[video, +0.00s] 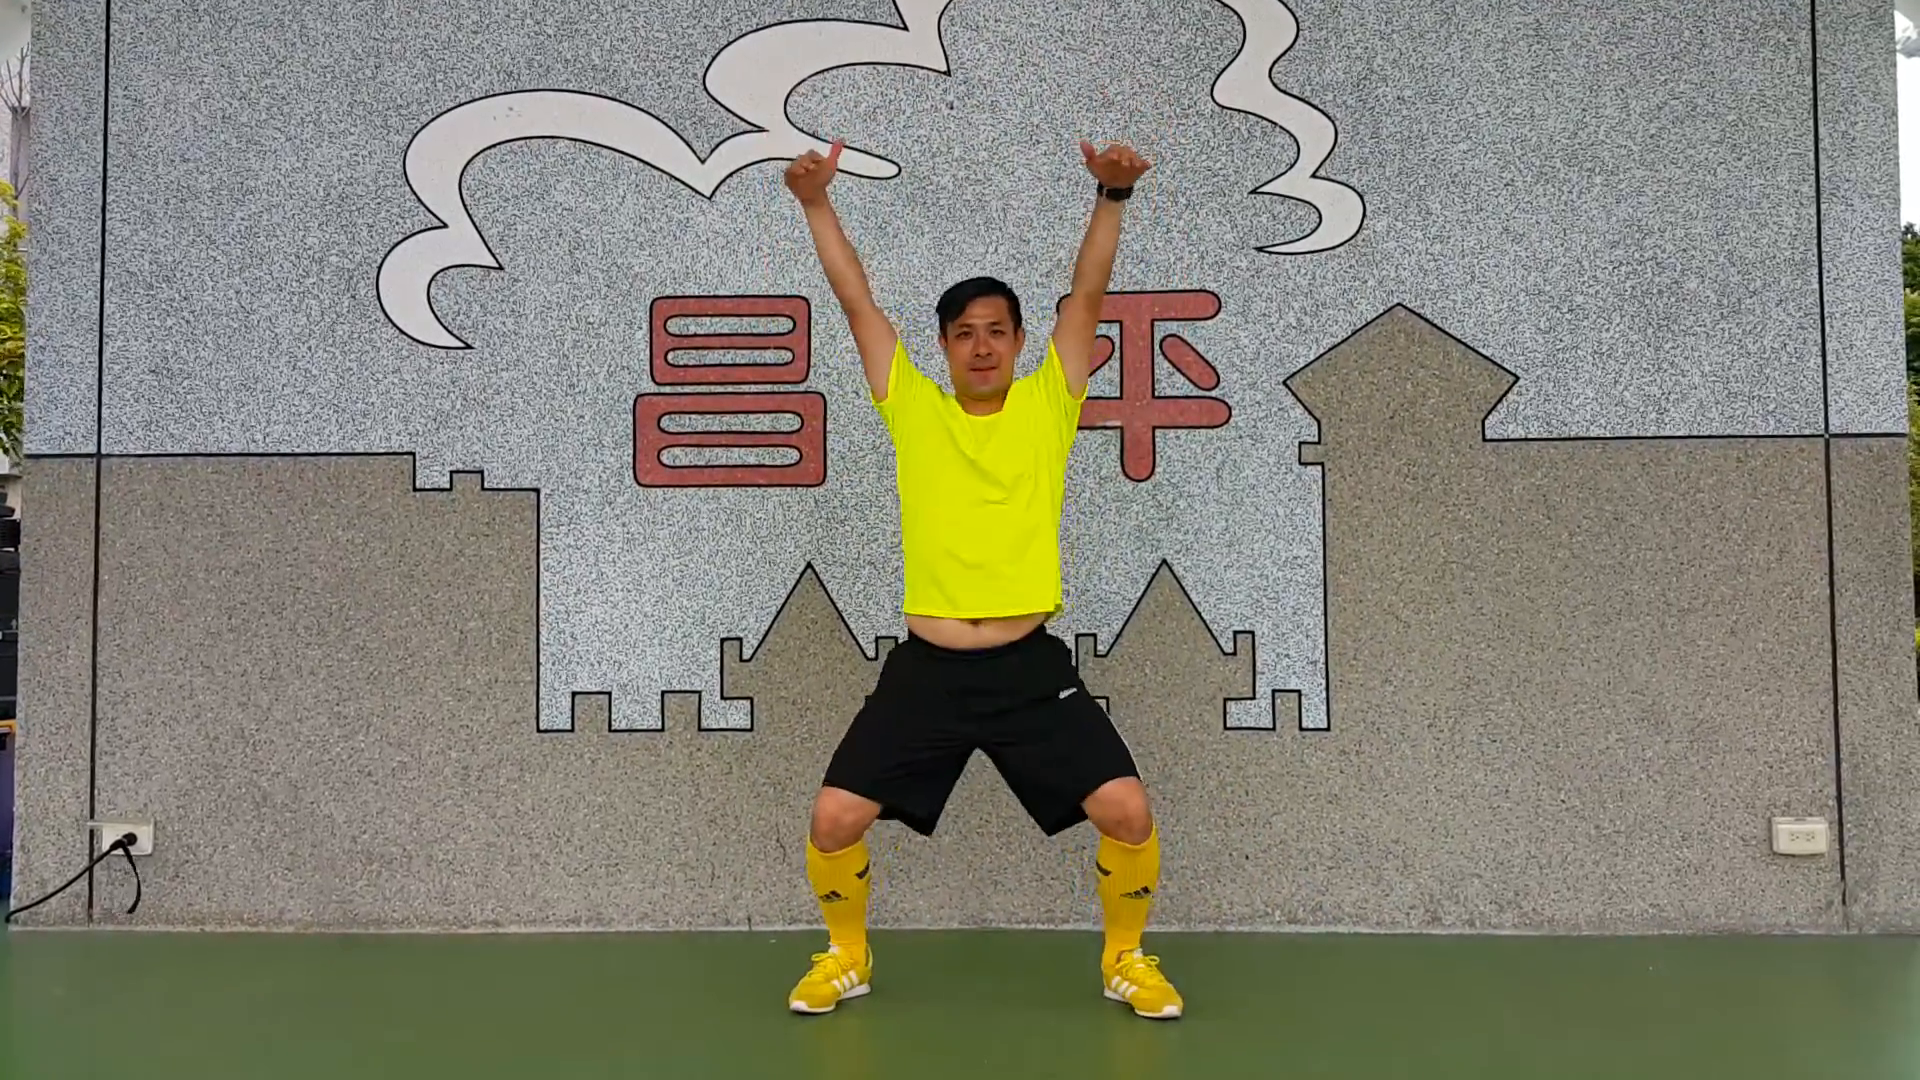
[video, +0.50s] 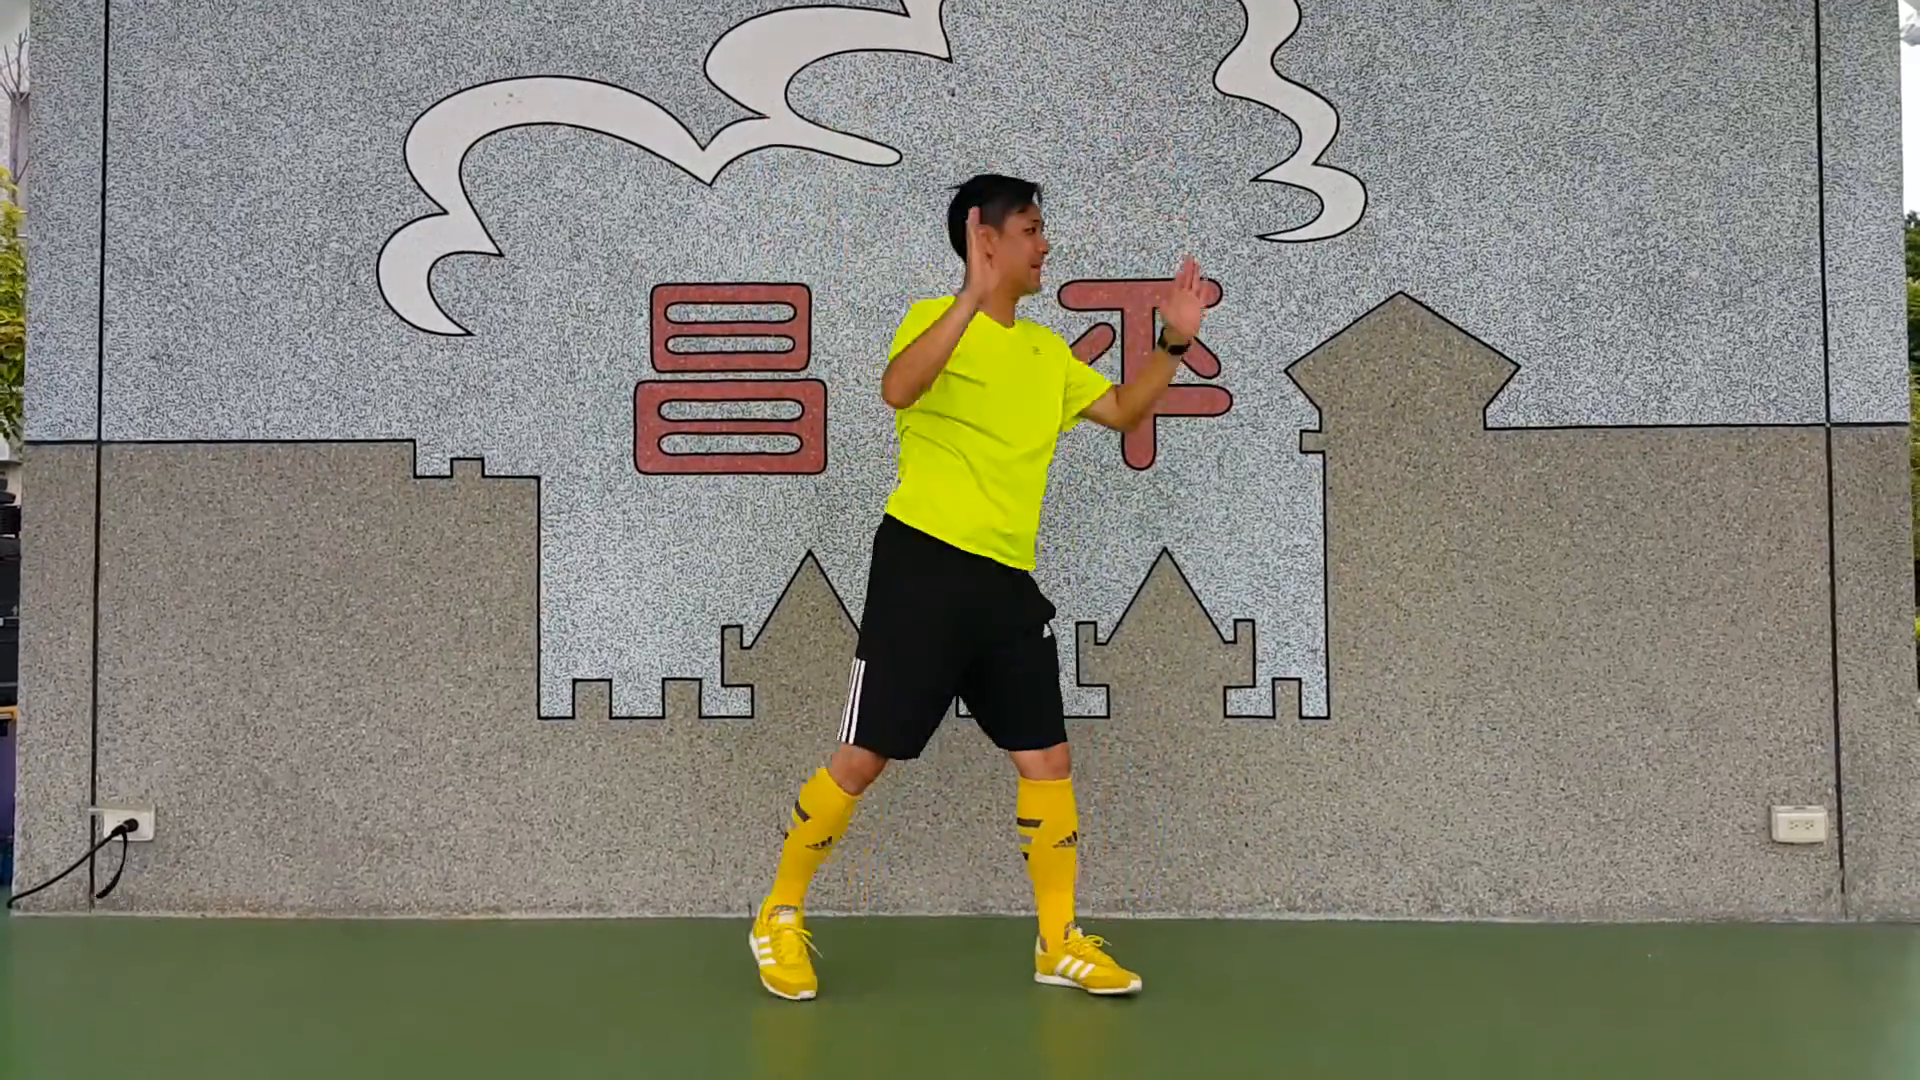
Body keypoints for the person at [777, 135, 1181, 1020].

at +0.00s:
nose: (984, 344)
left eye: (998, 331)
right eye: (967, 333)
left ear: (1020, 342)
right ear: (944, 347)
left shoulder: (1047, 411)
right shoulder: (914, 412)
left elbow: (1085, 301)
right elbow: (857, 305)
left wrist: (1111, 198)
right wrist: (817, 201)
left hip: (1031, 670)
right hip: (923, 673)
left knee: (1127, 811)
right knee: (834, 817)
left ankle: (1125, 961)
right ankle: (848, 957)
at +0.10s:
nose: (985, 296)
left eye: (1001, 283)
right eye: (968, 284)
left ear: (1021, 297)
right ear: (943, 298)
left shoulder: (1050, 368)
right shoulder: (906, 362)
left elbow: (1135, 295)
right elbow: (827, 274)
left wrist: (1143, 190)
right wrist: (804, 158)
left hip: (1021, 619)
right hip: (917, 622)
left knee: (1105, 785)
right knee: (850, 798)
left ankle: (1121, 956)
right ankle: (847, 954)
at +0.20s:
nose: (994, 245)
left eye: (1007, 233)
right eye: (976, 233)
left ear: (1023, 246)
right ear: (947, 246)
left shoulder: (1055, 326)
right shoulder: (905, 309)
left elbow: (1166, 327)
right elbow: (794, 281)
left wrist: (1169, 235)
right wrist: (813, 168)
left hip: (1019, 575)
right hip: (918, 571)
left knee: (1082, 751)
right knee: (874, 766)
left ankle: (1097, 944)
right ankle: (844, 945)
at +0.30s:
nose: (1011, 226)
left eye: (1020, 212)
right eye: (992, 213)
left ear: (1031, 224)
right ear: (955, 225)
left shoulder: (1056, 321)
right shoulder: (914, 296)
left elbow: (1141, 397)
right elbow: (809, 343)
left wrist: (1170, 314)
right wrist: (839, 251)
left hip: (1019, 558)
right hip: (924, 554)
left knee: (1064, 750)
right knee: (880, 752)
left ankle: (1063, 943)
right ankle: (842, 936)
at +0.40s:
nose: (1037, 238)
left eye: (1037, 225)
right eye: (1018, 224)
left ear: (1032, 239)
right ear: (970, 239)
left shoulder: (1055, 352)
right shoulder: (927, 328)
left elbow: (1097, 453)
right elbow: (857, 435)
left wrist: (1169, 405)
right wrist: (895, 365)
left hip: (1020, 573)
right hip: (927, 564)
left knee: (1059, 756)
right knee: (880, 760)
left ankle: (1061, 944)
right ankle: (831, 934)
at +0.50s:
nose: (1045, 247)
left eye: (1043, 232)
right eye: (1030, 231)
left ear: (1019, 242)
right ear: (982, 237)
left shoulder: (1048, 353)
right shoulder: (934, 316)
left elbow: (1125, 409)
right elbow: (898, 391)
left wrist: (1175, 340)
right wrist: (970, 302)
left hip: (1008, 579)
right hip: (920, 561)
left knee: (1045, 756)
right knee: (864, 756)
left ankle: (1059, 941)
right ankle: (780, 915)